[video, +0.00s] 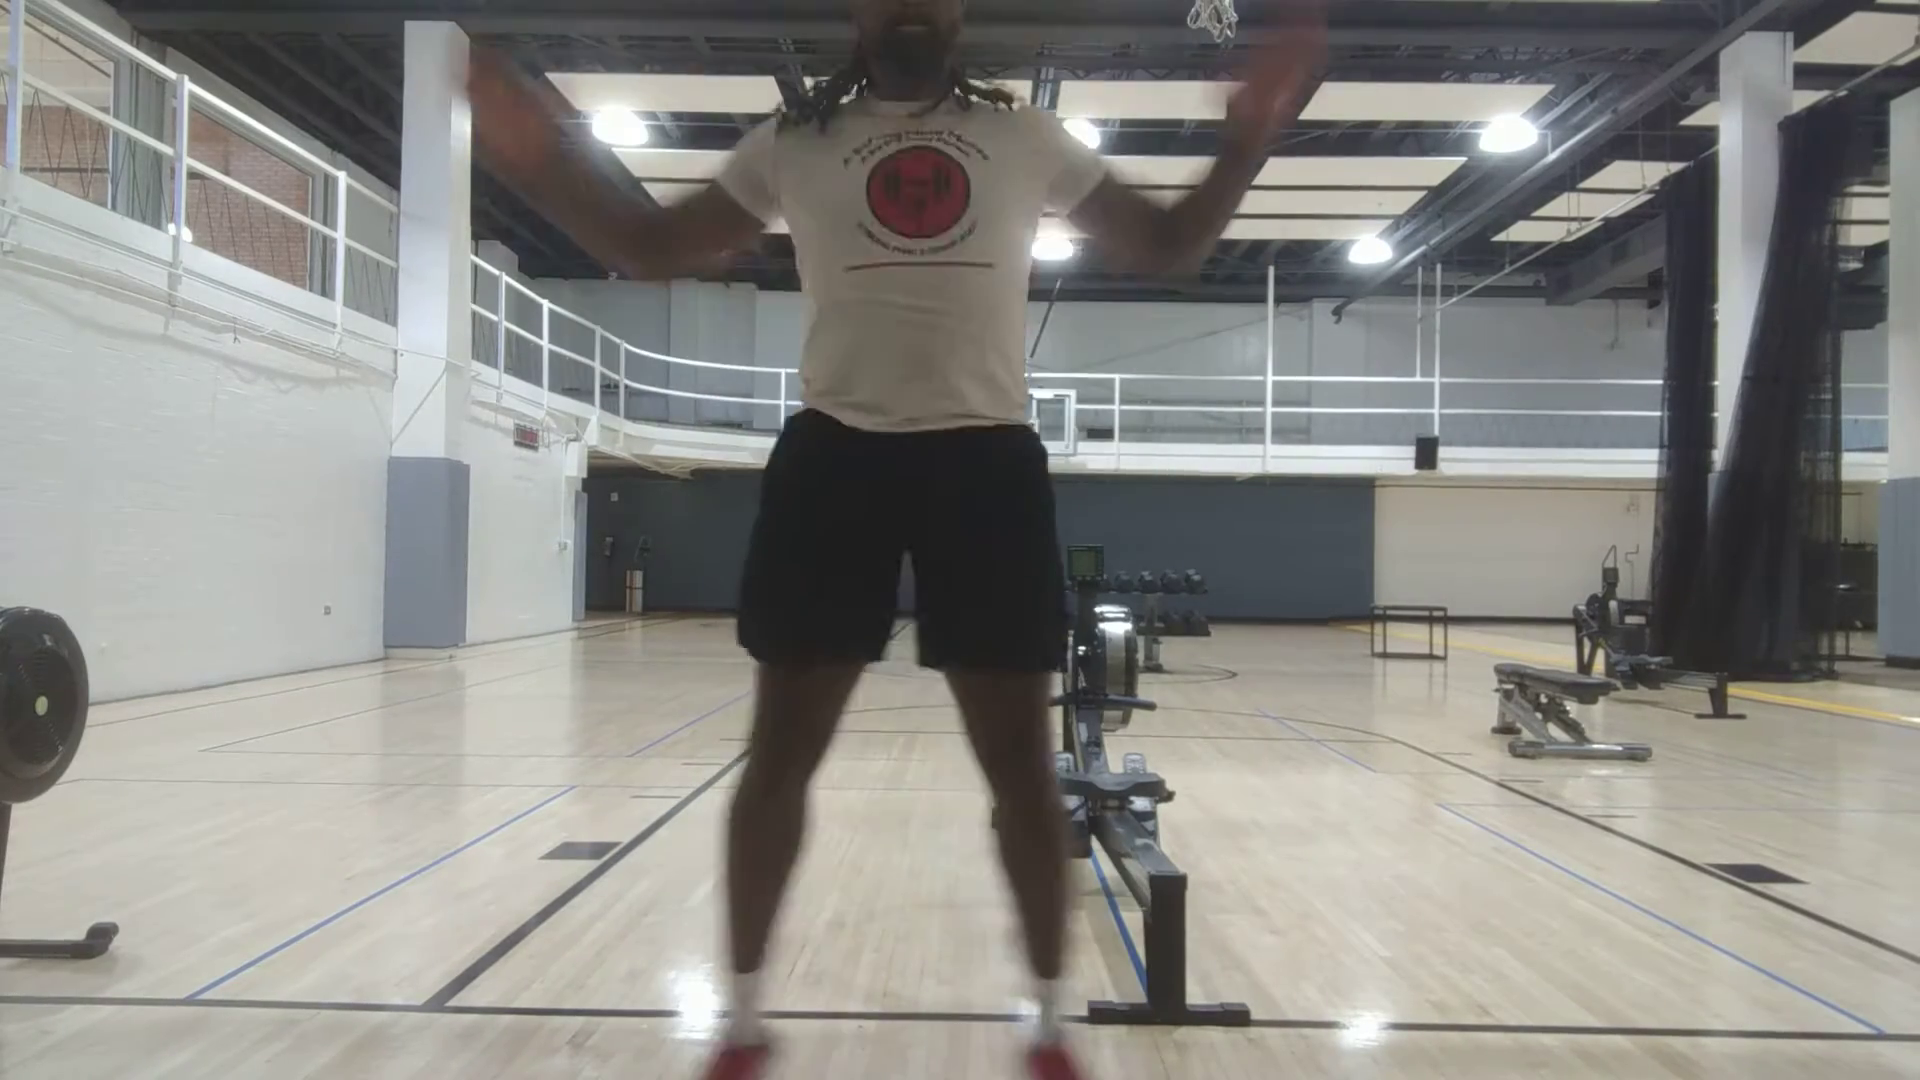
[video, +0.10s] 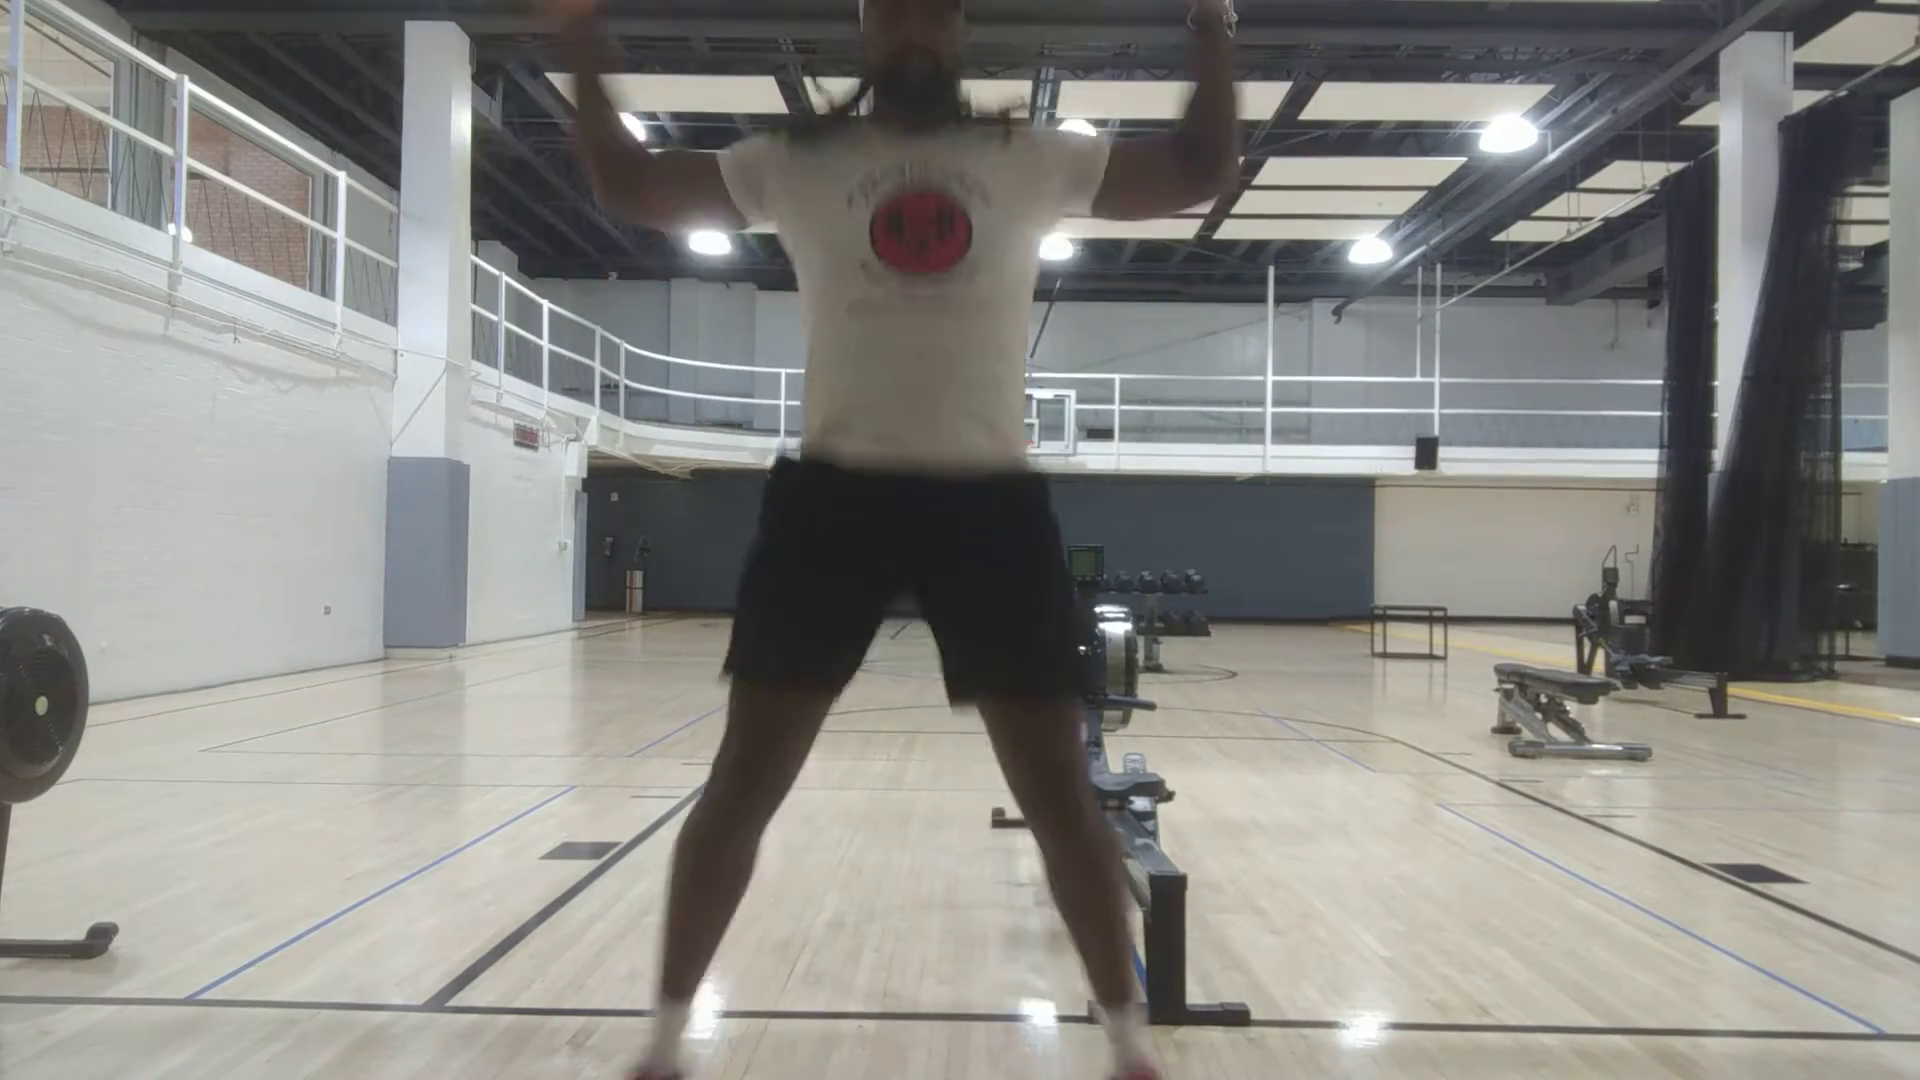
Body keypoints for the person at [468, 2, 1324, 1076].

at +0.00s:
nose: (914, 11)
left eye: (932, 1)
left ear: (962, 21)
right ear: (856, 22)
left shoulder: (1021, 135)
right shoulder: (797, 144)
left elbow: (1168, 242)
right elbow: (649, 241)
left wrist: (1250, 134)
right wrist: (542, 155)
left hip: (987, 470)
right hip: (833, 467)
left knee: (1021, 761)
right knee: (782, 749)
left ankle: (1050, 1027)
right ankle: (739, 1025)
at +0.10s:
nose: (915, 29)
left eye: (935, 13)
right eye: (894, 12)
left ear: (965, 30)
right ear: (862, 30)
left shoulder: (1029, 160)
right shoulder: (799, 162)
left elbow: (1203, 167)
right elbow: (629, 183)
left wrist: (1213, 37)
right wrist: (586, 50)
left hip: (991, 502)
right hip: (833, 497)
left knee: (1061, 790)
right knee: (745, 781)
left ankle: (1132, 1044)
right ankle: (665, 1037)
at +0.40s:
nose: (922, 39)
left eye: (940, 22)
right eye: (901, 20)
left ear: (965, 42)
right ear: (864, 37)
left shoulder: (1027, 174)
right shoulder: (803, 172)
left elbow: (1183, 228)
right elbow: (646, 209)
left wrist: (1246, 98)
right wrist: (596, 70)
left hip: (998, 511)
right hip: (844, 509)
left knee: (1055, 779)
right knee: (769, 773)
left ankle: (1091, 1029)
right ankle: (724, 1022)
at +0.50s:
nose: (920, 14)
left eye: (942, 0)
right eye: (900, 1)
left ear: (975, 22)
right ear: (870, 19)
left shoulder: (1039, 158)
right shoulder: (805, 157)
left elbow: (1134, 287)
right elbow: (691, 269)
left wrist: (1210, 230)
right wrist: (623, 192)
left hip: (995, 480)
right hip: (845, 478)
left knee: (1010, 766)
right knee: (818, 758)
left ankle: (1000, 1021)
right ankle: (827, 1022)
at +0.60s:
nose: (924, 51)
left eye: (943, 33)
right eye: (906, 33)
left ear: (974, 53)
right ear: (878, 57)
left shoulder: (1038, 205)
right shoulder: (820, 202)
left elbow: (1074, 357)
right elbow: (756, 353)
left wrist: (1100, 352)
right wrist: (738, 329)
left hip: (993, 516)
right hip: (853, 510)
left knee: (983, 807)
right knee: (840, 799)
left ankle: (961, 1052)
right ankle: (858, 1050)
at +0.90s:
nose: (932, 30)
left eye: (952, 15)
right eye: (913, 14)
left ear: (982, 36)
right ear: (882, 32)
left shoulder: (1042, 179)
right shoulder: (820, 175)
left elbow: (1124, 321)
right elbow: (725, 317)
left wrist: (1167, 284)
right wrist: (666, 276)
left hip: (998, 494)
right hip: (856, 491)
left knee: (1002, 766)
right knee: (834, 755)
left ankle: (999, 1019)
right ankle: (830, 1016)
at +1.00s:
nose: (934, 21)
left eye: (954, 6)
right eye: (913, 5)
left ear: (985, 24)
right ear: (880, 25)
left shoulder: (1041, 153)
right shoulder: (826, 152)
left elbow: (1182, 254)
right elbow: (677, 239)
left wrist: (1226, 147)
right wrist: (589, 116)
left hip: (1003, 471)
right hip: (857, 464)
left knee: (1037, 743)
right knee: (803, 732)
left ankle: (1073, 1013)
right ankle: (749, 1006)